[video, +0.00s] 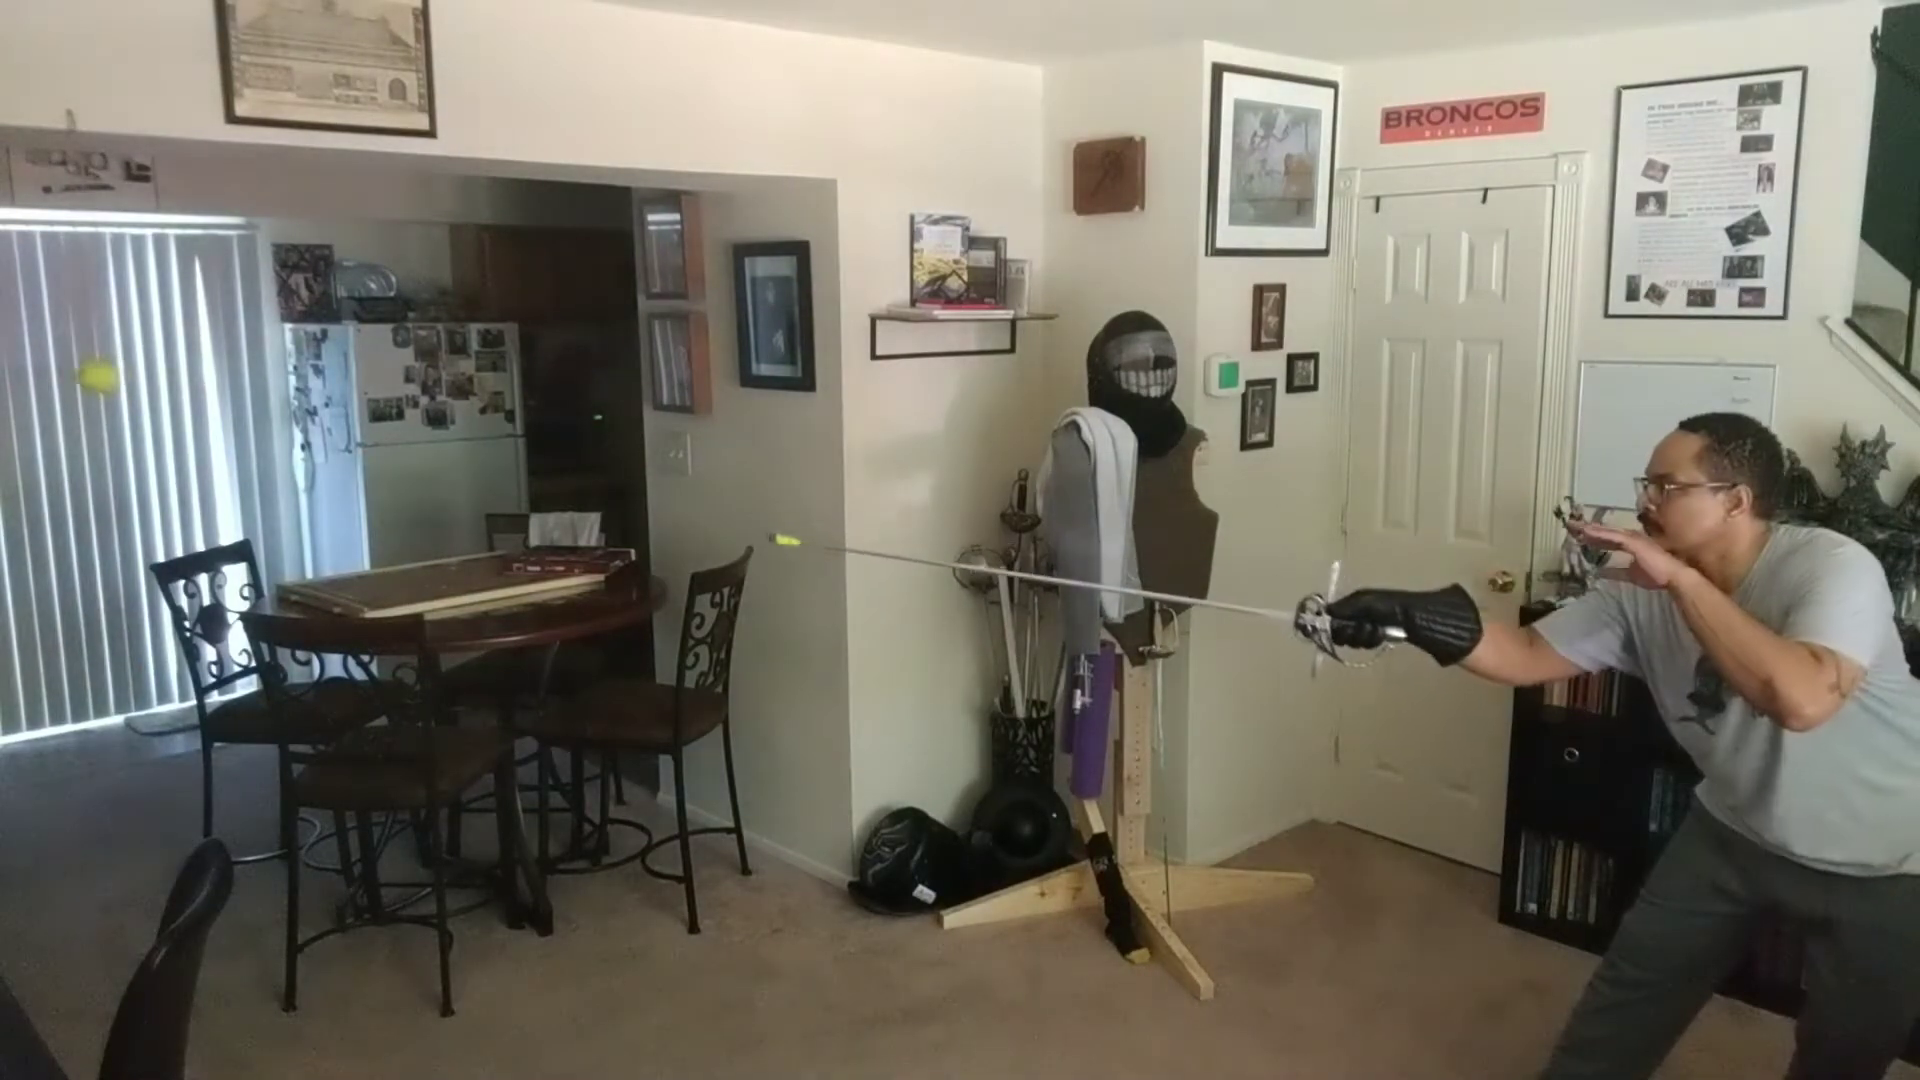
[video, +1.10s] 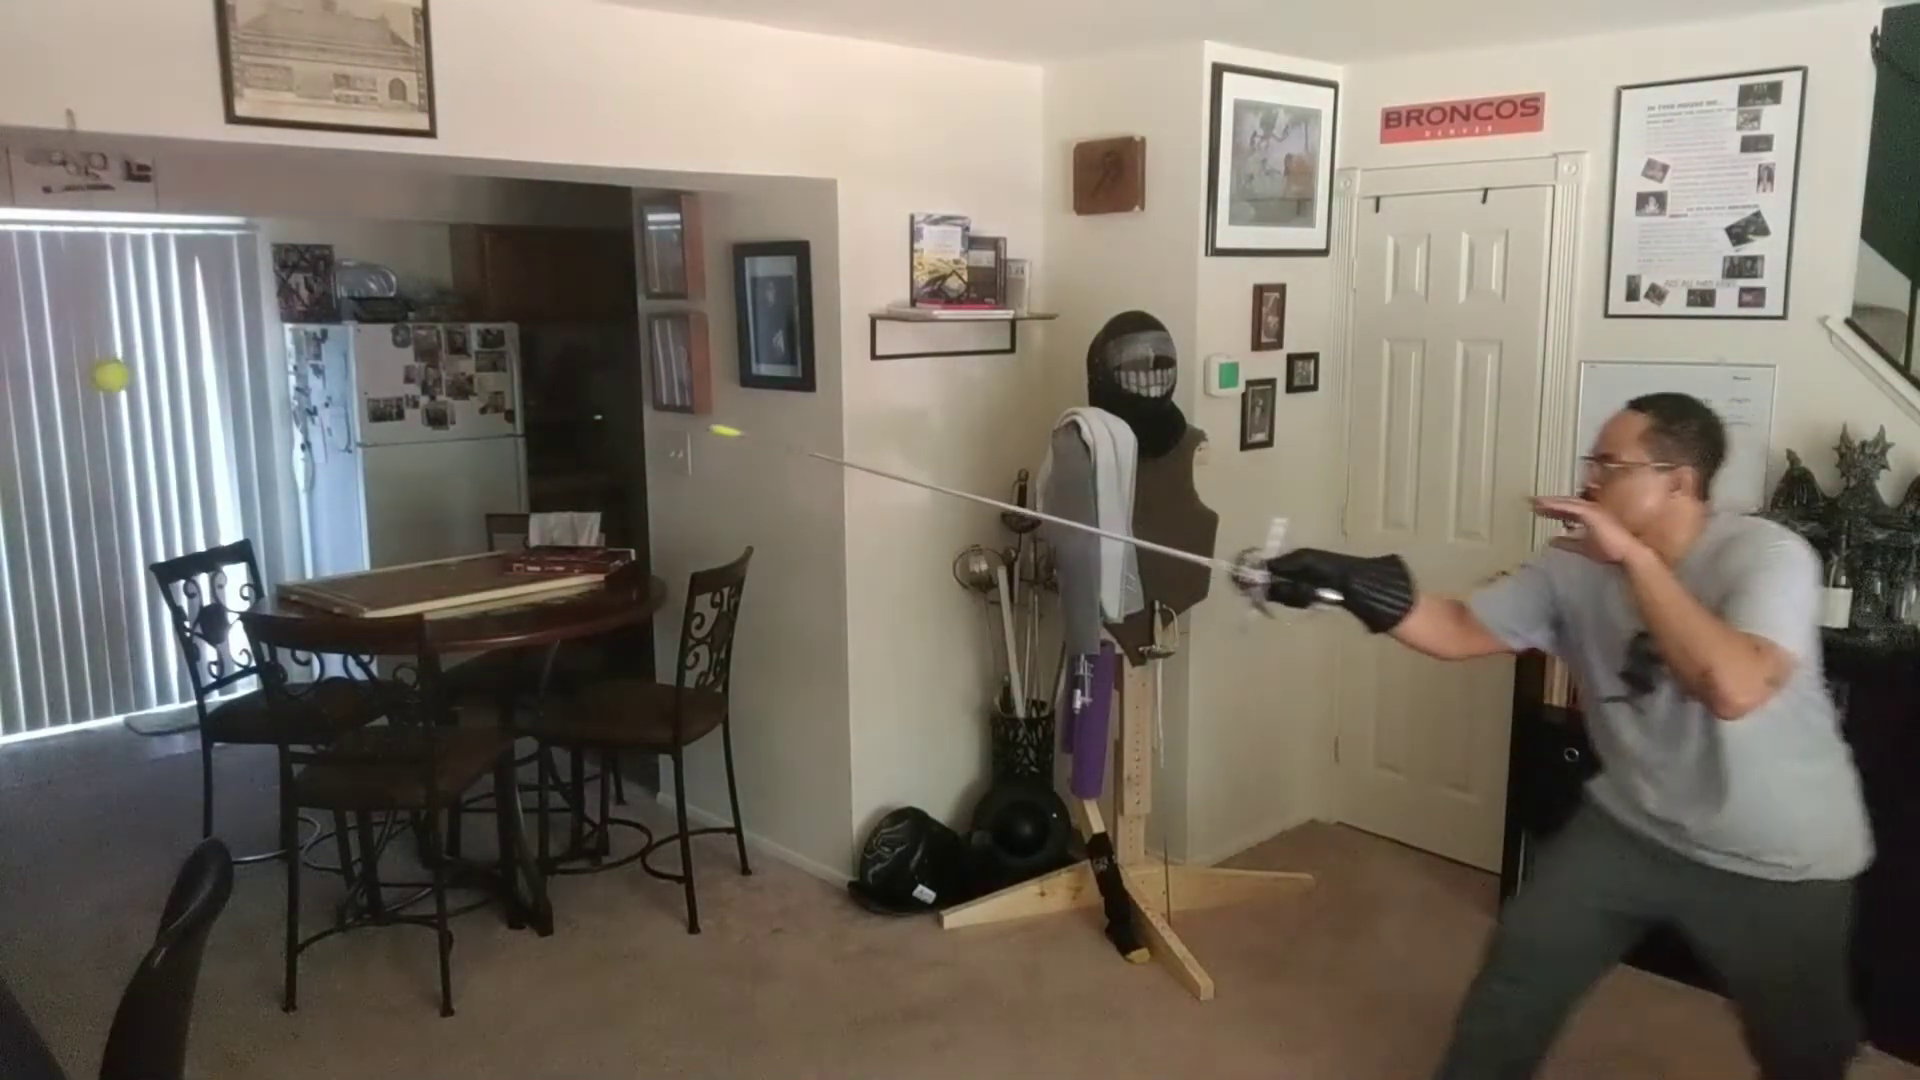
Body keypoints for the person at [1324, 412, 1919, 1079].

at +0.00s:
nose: (1645, 502)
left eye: (1666, 486)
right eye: (1648, 486)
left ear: (1736, 500)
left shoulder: (1837, 569)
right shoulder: (1644, 590)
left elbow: (1804, 697)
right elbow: (1527, 654)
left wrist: (1679, 578)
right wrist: (1419, 615)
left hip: (1877, 877)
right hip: (1729, 835)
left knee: (1838, 1067)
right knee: (1613, 1025)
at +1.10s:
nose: (1588, 482)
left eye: (1610, 466)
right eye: (1592, 465)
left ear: (1680, 481)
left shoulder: (1768, 558)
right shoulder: (1576, 571)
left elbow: (1736, 685)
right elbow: (1459, 627)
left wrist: (1636, 557)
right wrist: (1346, 581)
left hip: (1783, 870)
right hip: (1630, 829)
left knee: (1807, 1057)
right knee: (1519, 971)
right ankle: (1474, 1070)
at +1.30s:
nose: (1515, 481)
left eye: (1537, 466)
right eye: (1519, 463)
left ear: (1607, 480)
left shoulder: (1700, 560)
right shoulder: (1512, 566)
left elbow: (1650, 685)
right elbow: (1393, 622)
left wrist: (1557, 550)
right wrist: (1276, 570)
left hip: (1691, 852)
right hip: (1552, 817)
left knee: (1680, 1033)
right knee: (1458, 955)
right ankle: (1443, 1072)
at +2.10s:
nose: (1433, 489)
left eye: (1455, 472)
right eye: (1438, 471)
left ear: (1520, 485)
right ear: (1510, 481)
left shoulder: (1612, 567)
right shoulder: (1412, 561)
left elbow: (1688, 706)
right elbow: (1275, 562)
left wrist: (1550, 642)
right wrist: (1136, 535)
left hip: (1594, 866)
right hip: (1458, 823)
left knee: (1607, 1056)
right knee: (1335, 921)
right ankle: (1366, 1071)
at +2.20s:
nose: (1380, 495)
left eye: (1400, 481)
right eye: (1384, 479)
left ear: (1466, 495)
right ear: (1430, 494)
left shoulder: (1566, 577)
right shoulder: (1358, 563)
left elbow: (1695, 683)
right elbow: (1218, 538)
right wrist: (1062, 516)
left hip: (1551, 867)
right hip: (1416, 822)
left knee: (1582, 1052)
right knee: (1278, 918)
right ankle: (1262, 1070)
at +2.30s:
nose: (1312, 506)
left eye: (1332, 493)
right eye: (1314, 490)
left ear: (1398, 509)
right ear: (1330, 505)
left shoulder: (1509, 590)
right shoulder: (1289, 572)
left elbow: (1652, 666)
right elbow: (1144, 541)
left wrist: (1778, 756)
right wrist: (1015, 514)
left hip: (1494, 881)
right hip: (1351, 828)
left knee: (1552, 1050)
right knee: (1213, 919)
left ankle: (1587, 1078)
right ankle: (1137, 1070)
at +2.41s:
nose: (1221, 518)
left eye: (1241, 504)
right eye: (1224, 501)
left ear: (1298, 514)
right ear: (1245, 511)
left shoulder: (1407, 597)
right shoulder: (1205, 576)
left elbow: (1566, 653)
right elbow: (1071, 549)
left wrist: (1719, 713)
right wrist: (956, 521)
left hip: (1417, 887)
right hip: (1274, 846)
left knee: (1513, 1041)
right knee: (1133, 954)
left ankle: (1578, 1076)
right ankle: (1048, 1075)